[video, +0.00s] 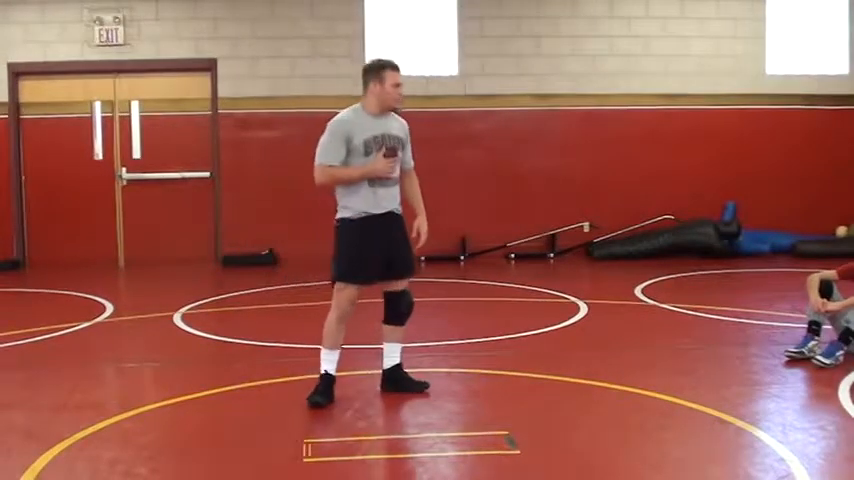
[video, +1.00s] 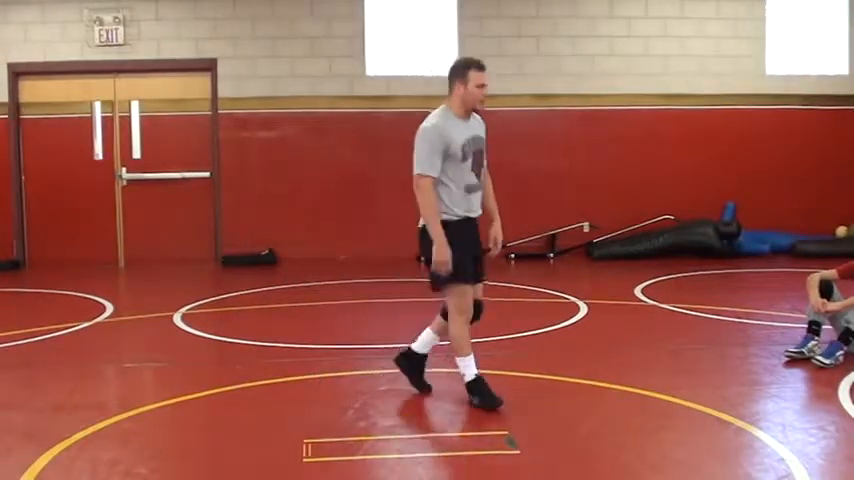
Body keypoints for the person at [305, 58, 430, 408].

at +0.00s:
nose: (401, 92)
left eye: (401, 86)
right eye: (396, 86)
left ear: (388, 88)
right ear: (374, 87)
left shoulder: (399, 125)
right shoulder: (342, 124)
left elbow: (408, 173)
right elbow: (322, 175)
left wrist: (420, 214)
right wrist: (369, 170)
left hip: (391, 222)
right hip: (353, 224)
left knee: (398, 298)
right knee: (344, 302)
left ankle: (392, 372)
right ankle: (326, 379)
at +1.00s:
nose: (485, 93)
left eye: (486, 87)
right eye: (479, 87)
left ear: (474, 89)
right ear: (457, 87)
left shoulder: (477, 124)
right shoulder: (432, 129)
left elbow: (482, 173)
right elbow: (423, 185)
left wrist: (495, 218)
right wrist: (439, 240)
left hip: (470, 225)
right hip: (444, 227)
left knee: (470, 307)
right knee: (460, 307)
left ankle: (414, 353)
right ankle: (473, 382)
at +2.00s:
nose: (561, 85)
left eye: (569, 79)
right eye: (554, 77)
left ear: (579, 85)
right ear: (543, 80)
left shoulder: (584, 131)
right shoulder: (514, 118)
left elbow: (600, 185)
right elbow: (483, 164)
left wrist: (625, 232)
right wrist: (475, 208)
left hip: (559, 229)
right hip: (516, 228)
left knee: (561, 320)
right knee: (524, 318)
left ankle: (552, 397)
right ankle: (510, 377)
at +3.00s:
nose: (522, 91)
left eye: (531, 84)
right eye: (518, 83)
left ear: (549, 86)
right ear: (511, 83)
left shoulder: (569, 134)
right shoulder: (487, 122)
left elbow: (576, 194)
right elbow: (462, 173)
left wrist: (560, 245)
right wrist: (450, 225)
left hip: (540, 237)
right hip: (488, 234)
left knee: (548, 323)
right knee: (472, 321)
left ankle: (550, 399)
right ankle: (455, 408)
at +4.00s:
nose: (403, 84)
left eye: (410, 75)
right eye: (399, 77)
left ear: (434, 76)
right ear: (397, 82)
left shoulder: (470, 119)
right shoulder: (389, 133)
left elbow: (487, 179)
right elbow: (374, 191)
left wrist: (488, 233)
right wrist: (366, 251)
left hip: (464, 234)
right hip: (417, 239)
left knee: (482, 335)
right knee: (433, 330)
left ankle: (422, 375)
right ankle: (447, 418)